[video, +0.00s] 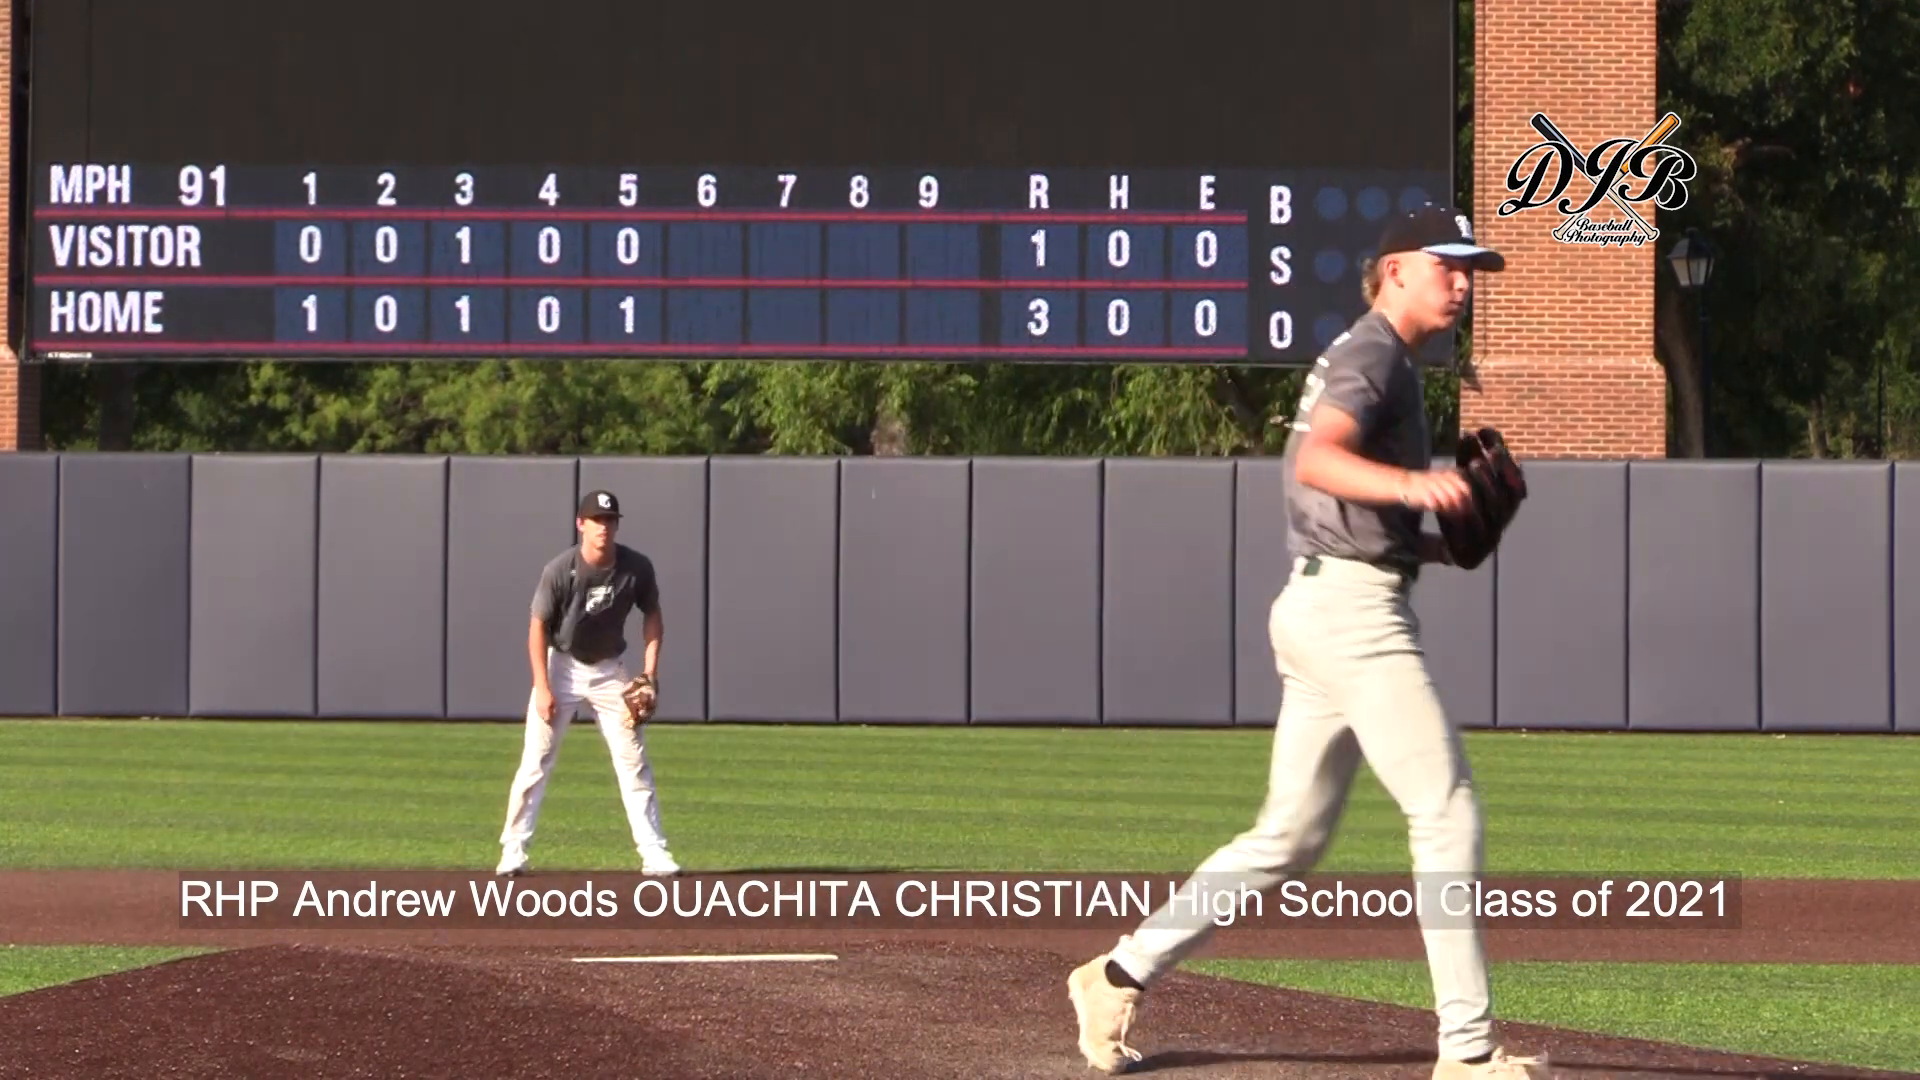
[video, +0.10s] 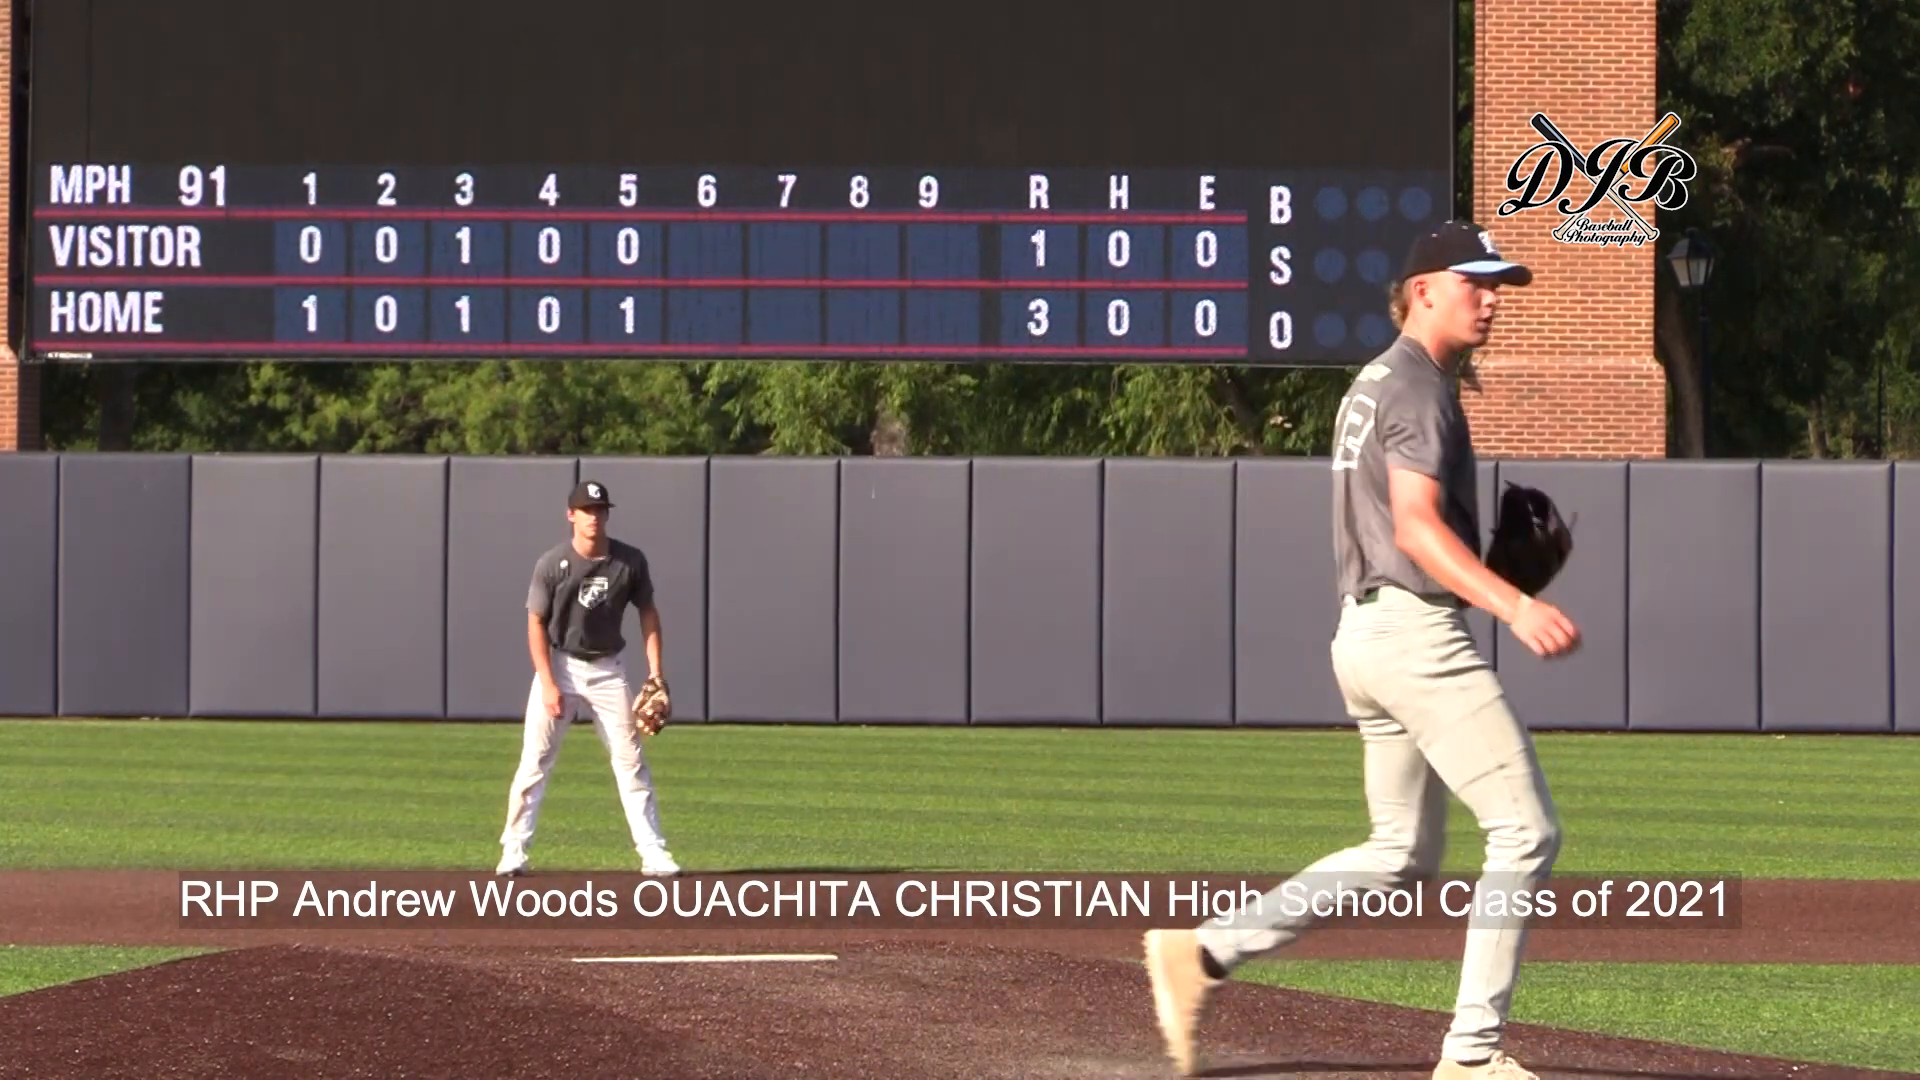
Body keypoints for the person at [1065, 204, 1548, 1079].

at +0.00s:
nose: (1465, 284)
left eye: (1468, 270)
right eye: (1449, 268)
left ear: (1422, 281)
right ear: (1396, 273)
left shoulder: (1388, 364)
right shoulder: (1369, 354)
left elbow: (1385, 511)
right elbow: (1314, 460)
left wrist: (1461, 516)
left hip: (1328, 601)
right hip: (1349, 601)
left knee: (1288, 835)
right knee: (1445, 811)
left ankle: (1117, 975)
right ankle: (1467, 1045)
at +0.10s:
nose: (1492, 303)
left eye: (1494, 288)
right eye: (1475, 285)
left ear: (1432, 301)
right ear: (1420, 294)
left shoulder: (1377, 381)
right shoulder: (1419, 390)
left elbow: (1394, 529)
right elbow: (1416, 530)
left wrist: (1495, 551)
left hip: (1366, 628)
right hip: (1415, 631)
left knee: (1400, 853)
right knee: (1523, 833)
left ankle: (1203, 952)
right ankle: (1473, 1049)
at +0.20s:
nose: (1527, 297)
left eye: (1529, 283)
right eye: (1512, 280)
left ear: (1468, 291)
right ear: (1456, 284)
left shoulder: (1403, 367)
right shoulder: (1454, 387)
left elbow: (1397, 528)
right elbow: (1466, 537)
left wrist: (1510, 571)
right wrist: (1579, 627)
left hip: (1402, 620)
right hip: (1449, 624)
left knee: (1486, 826)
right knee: (1531, 836)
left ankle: (1325, 977)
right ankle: (1472, 1050)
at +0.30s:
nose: (1561, 297)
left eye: (1565, 281)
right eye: (1551, 278)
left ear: (1500, 269)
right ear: (1499, 266)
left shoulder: (1437, 344)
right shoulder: (1475, 372)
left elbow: (1454, 509)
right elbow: (1487, 527)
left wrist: (1551, 574)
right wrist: (1601, 602)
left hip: (1451, 599)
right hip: (1473, 610)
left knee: (1562, 806)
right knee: (1516, 822)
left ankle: (1450, 1005)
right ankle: (1465, 1044)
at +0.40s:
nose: (1583, 323)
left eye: (1592, 309)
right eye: (1580, 304)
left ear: (1545, 277)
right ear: (1541, 275)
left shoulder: (1477, 343)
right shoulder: (1487, 370)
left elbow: (1502, 515)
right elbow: (1496, 527)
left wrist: (1566, 615)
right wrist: (1616, 595)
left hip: (1519, 603)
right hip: (1491, 606)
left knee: (1590, 806)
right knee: (1502, 825)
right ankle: (1465, 1050)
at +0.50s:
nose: (1613, 350)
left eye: (1622, 337)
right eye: (1613, 333)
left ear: (1580, 298)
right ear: (1573, 295)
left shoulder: (1538, 368)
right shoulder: (1503, 375)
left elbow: (1539, 521)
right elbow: (1497, 536)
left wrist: (1600, 623)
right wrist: (1619, 605)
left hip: (1551, 612)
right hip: (1504, 610)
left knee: (1615, 827)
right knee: (1501, 832)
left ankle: (1684, 1030)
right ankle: (1463, 1051)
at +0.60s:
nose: (1642, 363)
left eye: (1651, 351)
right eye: (1640, 345)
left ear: (1618, 311)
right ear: (1607, 306)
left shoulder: (1589, 376)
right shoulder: (1524, 379)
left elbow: (1581, 527)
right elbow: (1501, 534)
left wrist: (1629, 632)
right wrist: (1612, 622)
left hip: (1592, 619)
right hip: (1528, 614)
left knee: (1651, 828)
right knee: (1515, 833)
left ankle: (1722, 1033)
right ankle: (1463, 1049)